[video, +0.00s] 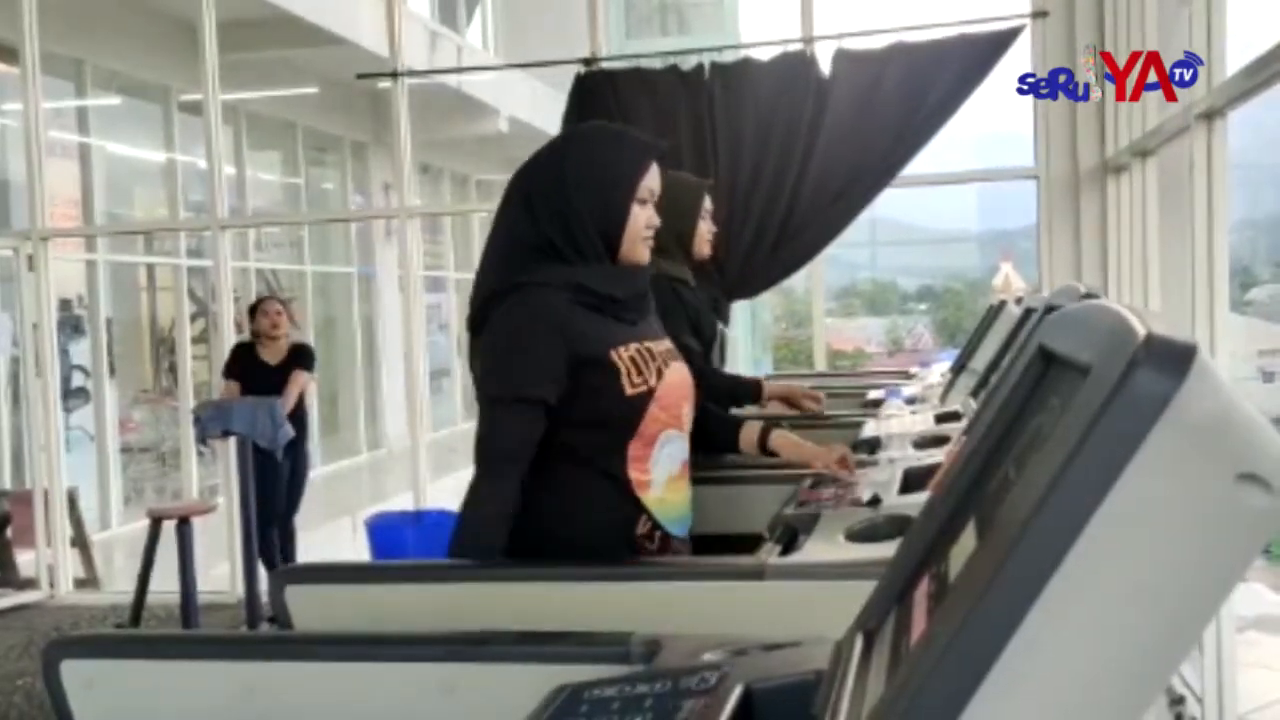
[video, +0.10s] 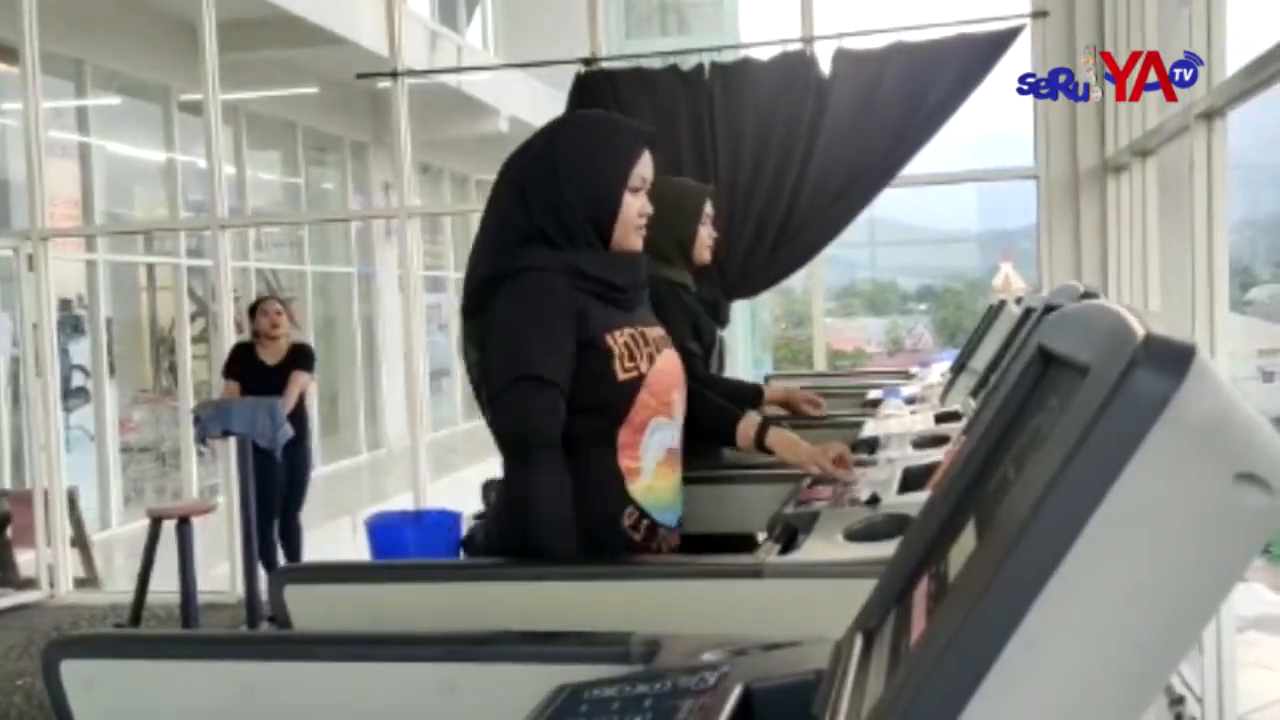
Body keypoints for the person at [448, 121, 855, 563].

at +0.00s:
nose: (655, 220)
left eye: (655, 204)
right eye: (642, 203)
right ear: (589, 202)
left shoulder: (628, 303)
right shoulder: (536, 314)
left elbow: (669, 415)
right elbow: (498, 475)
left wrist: (778, 442)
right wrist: (460, 594)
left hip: (648, 564)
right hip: (571, 580)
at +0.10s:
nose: (647, 208)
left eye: (646, 192)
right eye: (635, 190)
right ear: (587, 188)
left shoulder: (618, 282)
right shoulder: (536, 292)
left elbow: (669, 393)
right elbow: (532, 451)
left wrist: (774, 438)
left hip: (641, 537)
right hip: (577, 551)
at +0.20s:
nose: (643, 205)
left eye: (642, 189)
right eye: (631, 187)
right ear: (582, 186)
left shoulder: (612, 285)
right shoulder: (534, 288)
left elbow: (666, 395)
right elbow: (550, 431)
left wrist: (767, 438)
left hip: (614, 550)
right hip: (545, 563)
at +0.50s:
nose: (651, 206)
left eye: (649, 190)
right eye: (637, 189)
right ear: (589, 190)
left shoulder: (625, 288)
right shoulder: (541, 290)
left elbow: (670, 404)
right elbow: (538, 442)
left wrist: (769, 443)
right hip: (568, 565)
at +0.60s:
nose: (654, 197)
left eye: (652, 181)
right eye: (640, 179)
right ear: (590, 178)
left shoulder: (629, 278)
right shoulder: (532, 281)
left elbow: (684, 392)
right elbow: (519, 435)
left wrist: (788, 449)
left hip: (642, 534)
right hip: (569, 546)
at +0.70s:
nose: (653, 200)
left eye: (651, 183)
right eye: (639, 183)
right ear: (588, 182)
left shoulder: (628, 284)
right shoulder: (527, 287)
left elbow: (674, 396)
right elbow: (491, 440)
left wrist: (780, 440)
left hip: (632, 550)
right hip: (549, 562)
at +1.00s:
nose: (645, 211)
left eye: (643, 195)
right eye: (632, 194)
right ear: (583, 195)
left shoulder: (610, 297)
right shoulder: (526, 307)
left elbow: (668, 411)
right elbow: (507, 473)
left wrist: (784, 455)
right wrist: (486, 600)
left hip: (633, 558)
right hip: (564, 571)